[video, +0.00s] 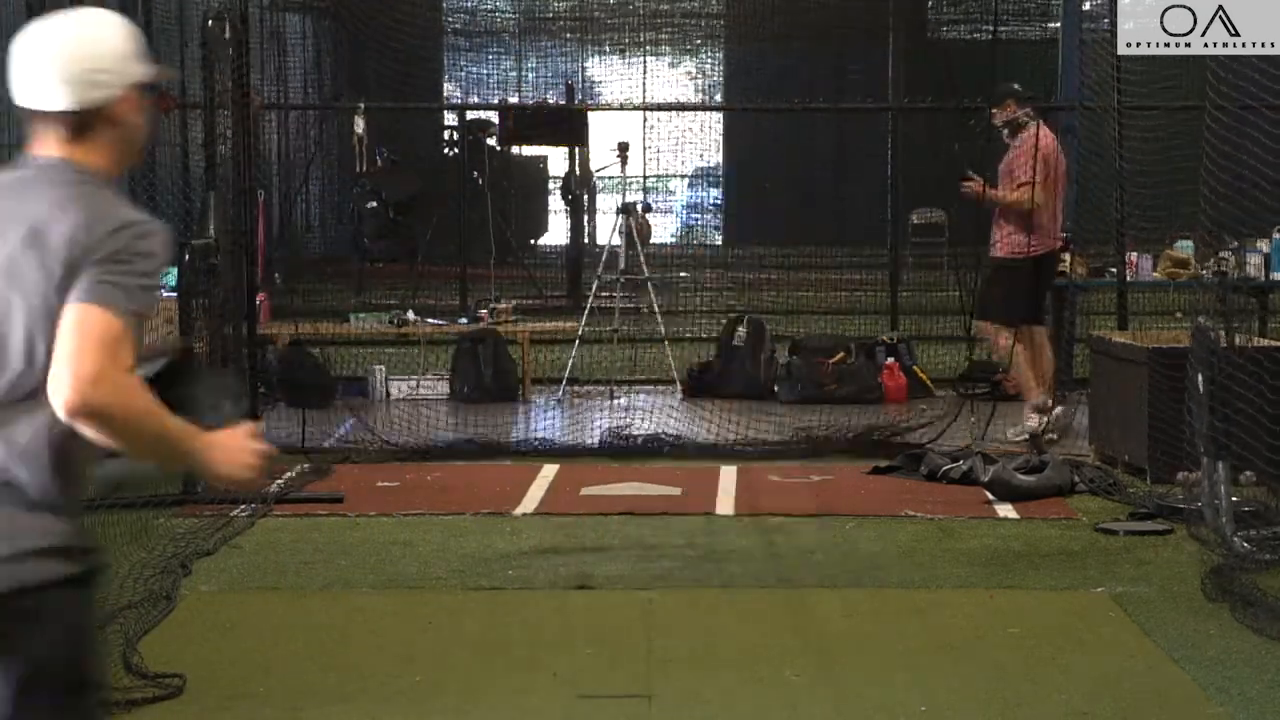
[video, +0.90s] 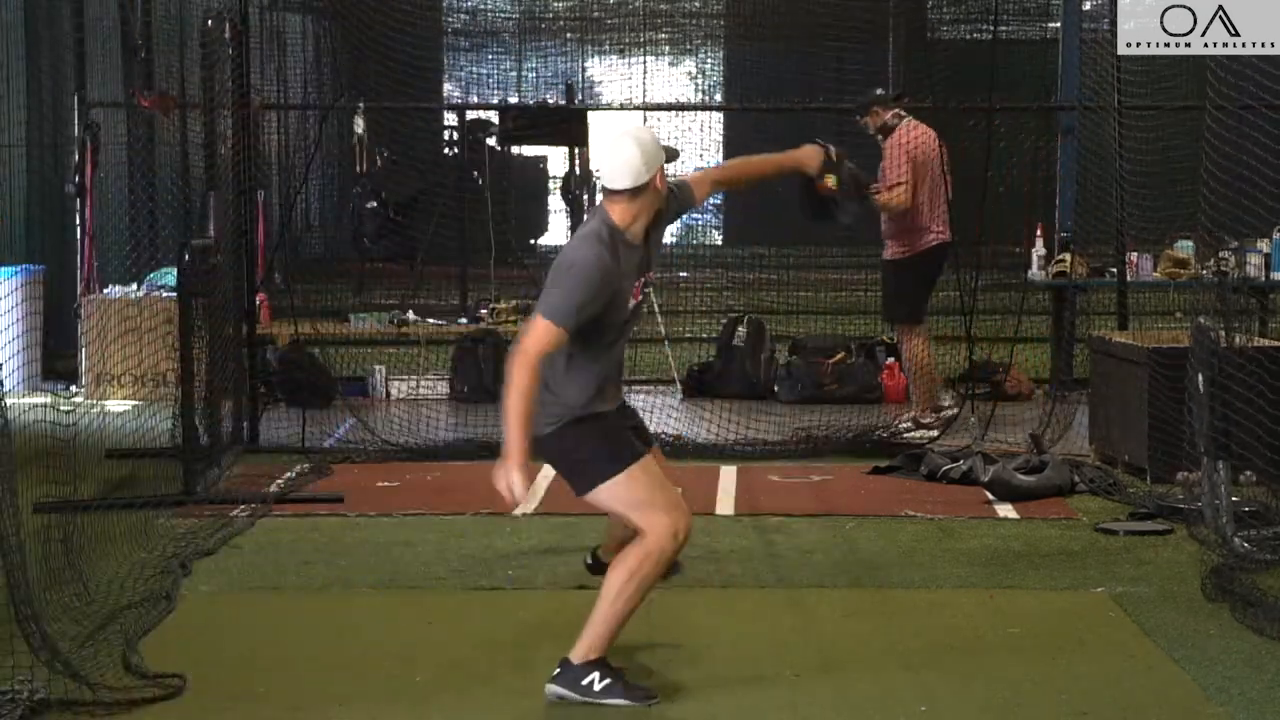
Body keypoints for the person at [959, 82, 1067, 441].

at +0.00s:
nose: (995, 118)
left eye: (1000, 110)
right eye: (994, 112)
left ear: (1018, 109)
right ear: (1022, 111)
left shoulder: (1032, 142)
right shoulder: (1042, 140)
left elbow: (1029, 198)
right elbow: (1036, 197)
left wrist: (986, 194)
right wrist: (993, 193)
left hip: (1021, 251)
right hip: (1038, 249)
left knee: (992, 325)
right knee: (1032, 327)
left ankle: (1034, 404)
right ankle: (1046, 404)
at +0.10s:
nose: (987, 122)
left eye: (988, 115)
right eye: (985, 116)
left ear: (1002, 109)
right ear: (1014, 109)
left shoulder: (1020, 140)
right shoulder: (1040, 140)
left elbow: (1021, 200)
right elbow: (1033, 199)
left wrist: (981, 193)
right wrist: (986, 193)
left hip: (1012, 250)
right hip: (1038, 250)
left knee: (982, 329)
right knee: (1033, 331)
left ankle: (1007, 405)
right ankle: (1040, 415)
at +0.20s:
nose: (978, 126)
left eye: (980, 118)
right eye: (975, 120)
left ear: (995, 111)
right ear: (997, 112)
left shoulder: (1013, 138)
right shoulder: (1017, 138)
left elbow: (1019, 198)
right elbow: (1018, 199)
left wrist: (975, 196)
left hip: (1008, 253)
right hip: (1026, 252)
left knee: (964, 324)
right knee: (1030, 333)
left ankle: (971, 414)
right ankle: (1039, 417)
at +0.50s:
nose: (929, 133)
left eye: (930, 126)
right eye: (927, 127)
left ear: (946, 119)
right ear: (957, 116)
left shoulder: (964, 149)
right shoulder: (989, 144)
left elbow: (969, 206)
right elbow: (986, 206)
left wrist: (927, 202)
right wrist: (934, 208)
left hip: (960, 259)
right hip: (992, 256)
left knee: (926, 330)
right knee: (999, 332)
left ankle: (924, 416)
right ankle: (1035, 414)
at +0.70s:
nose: (897, 129)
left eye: (897, 122)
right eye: (894, 124)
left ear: (911, 115)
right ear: (924, 112)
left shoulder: (928, 143)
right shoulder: (959, 140)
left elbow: (935, 201)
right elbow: (970, 195)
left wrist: (895, 199)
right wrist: (906, 196)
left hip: (927, 252)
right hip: (959, 249)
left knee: (915, 331)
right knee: (954, 328)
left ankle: (923, 415)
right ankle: (1009, 388)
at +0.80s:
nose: (883, 130)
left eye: (883, 123)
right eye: (880, 125)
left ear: (898, 113)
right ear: (907, 111)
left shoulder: (914, 142)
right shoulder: (943, 137)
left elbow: (917, 200)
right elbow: (953, 195)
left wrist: (878, 199)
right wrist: (890, 194)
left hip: (919, 251)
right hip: (944, 248)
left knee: (912, 329)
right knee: (927, 325)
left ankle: (921, 415)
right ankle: (977, 386)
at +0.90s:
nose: (867, 127)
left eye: (867, 120)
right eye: (864, 121)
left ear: (879, 113)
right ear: (894, 108)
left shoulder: (898, 141)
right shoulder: (928, 134)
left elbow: (899, 200)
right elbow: (942, 191)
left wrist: (867, 195)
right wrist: (883, 188)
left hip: (909, 249)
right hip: (932, 243)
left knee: (908, 330)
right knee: (912, 328)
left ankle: (922, 413)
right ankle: (934, 401)